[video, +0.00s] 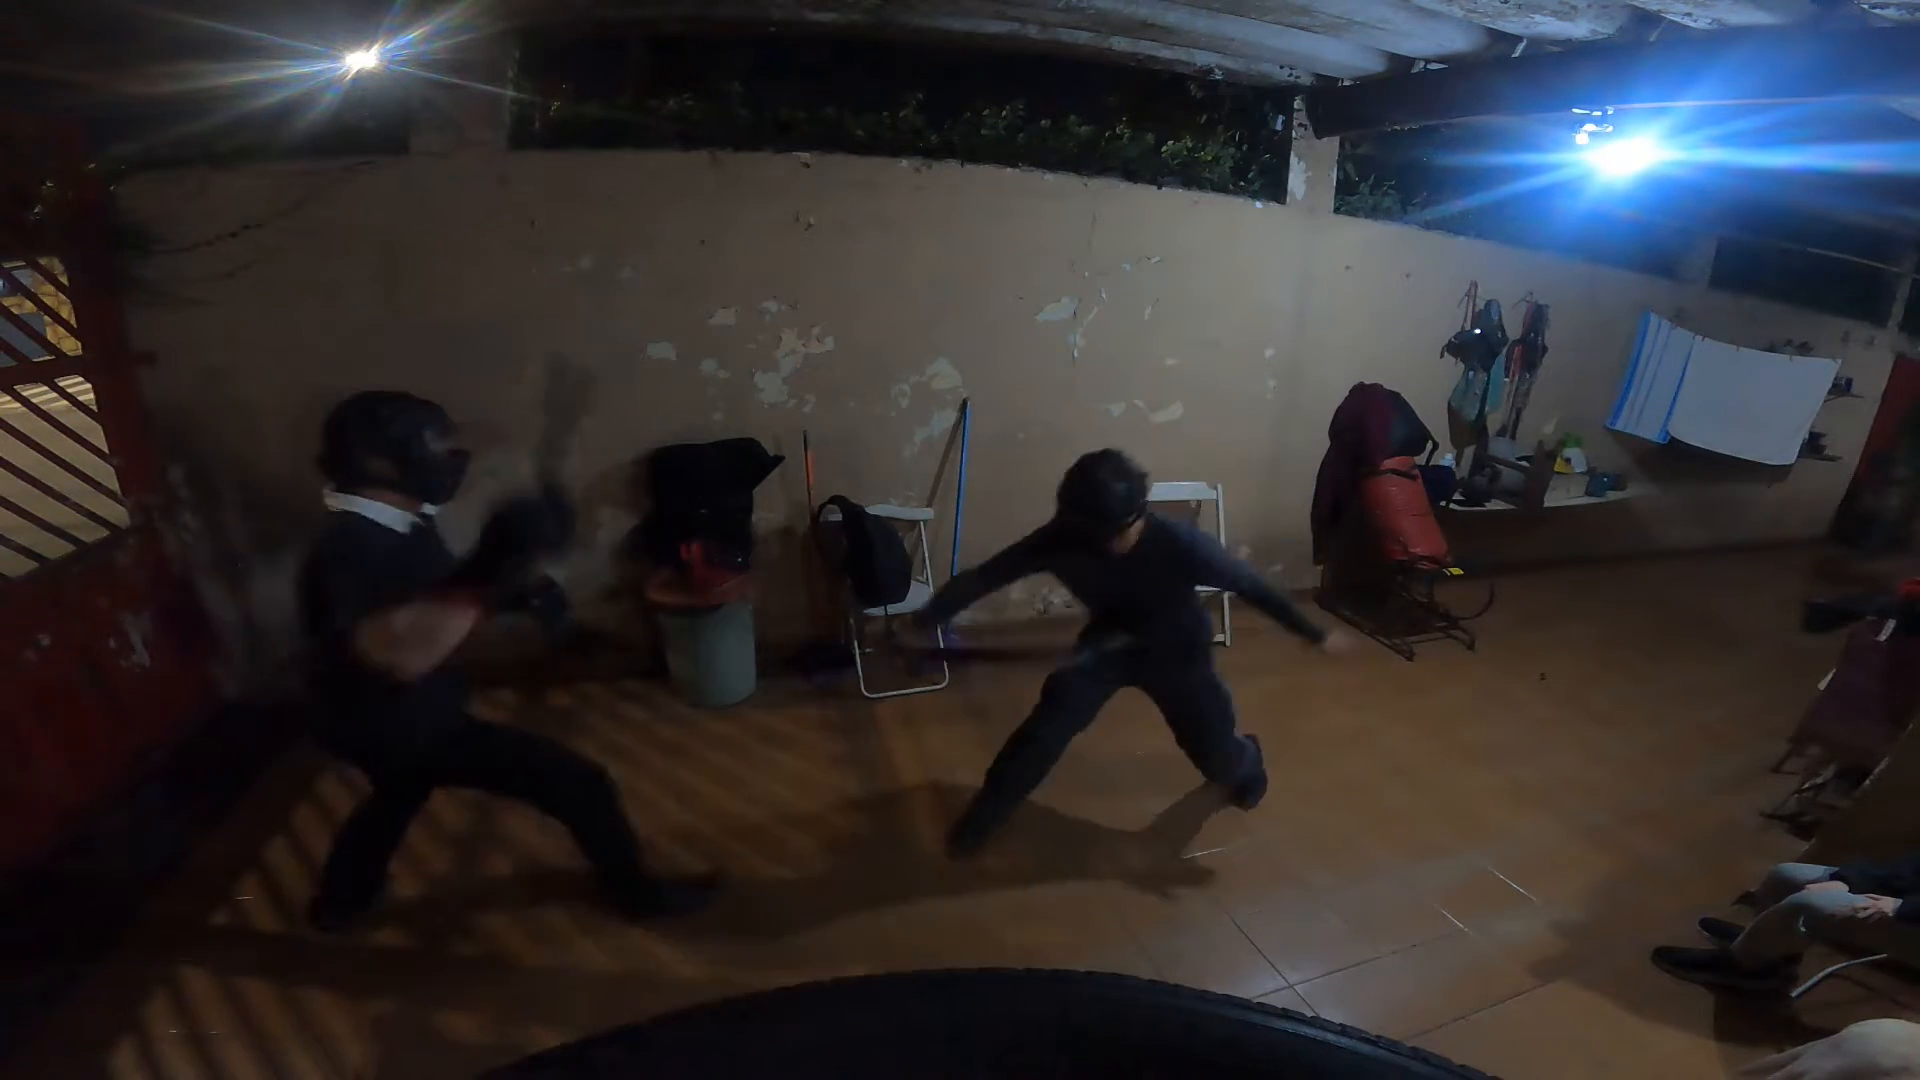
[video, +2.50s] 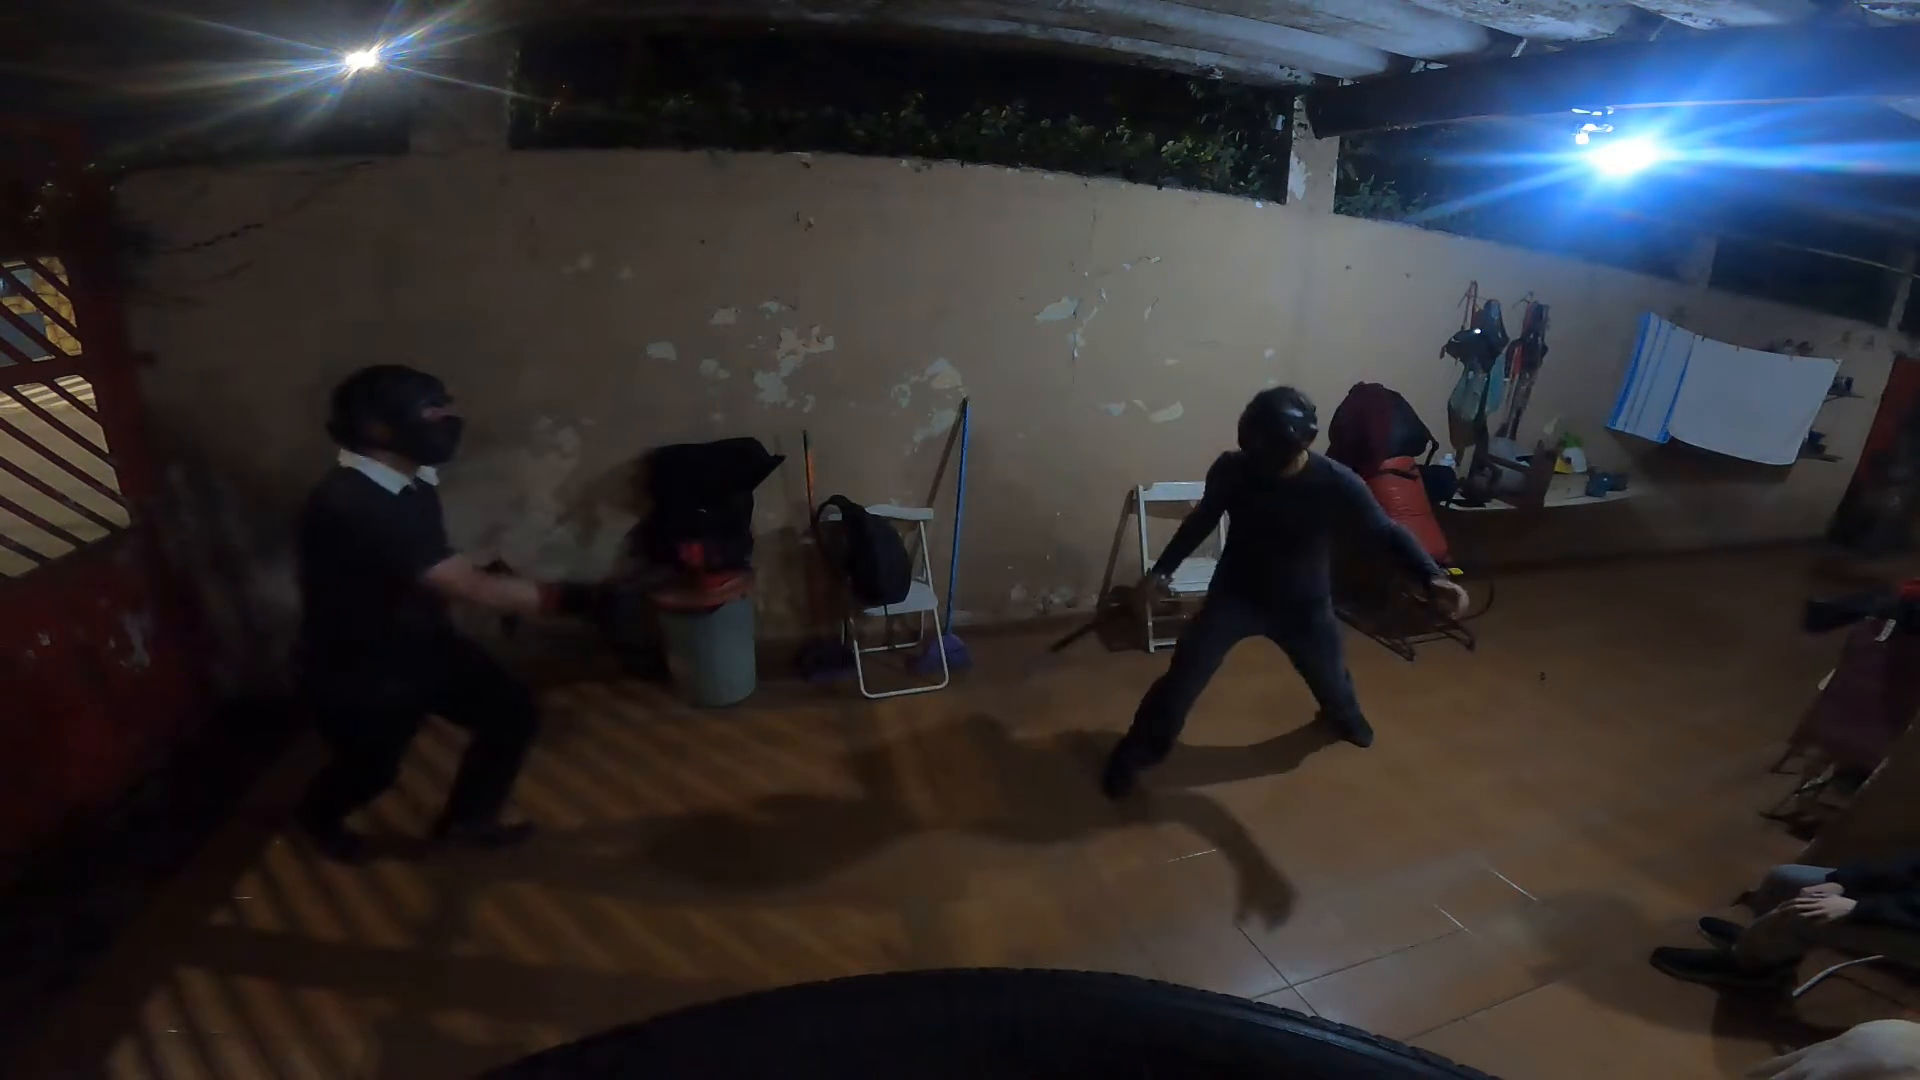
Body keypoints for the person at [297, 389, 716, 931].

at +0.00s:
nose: (456, 460)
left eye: (451, 445)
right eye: (436, 446)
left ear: (379, 462)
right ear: (386, 461)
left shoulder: (410, 537)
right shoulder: (347, 551)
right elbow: (401, 651)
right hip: (396, 734)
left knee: (403, 787)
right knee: (580, 785)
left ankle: (341, 898)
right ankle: (634, 891)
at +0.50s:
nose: (476, 452)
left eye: (472, 439)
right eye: (460, 440)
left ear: (385, 458)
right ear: (413, 456)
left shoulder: (323, 528)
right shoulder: (445, 545)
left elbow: (310, 629)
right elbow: (483, 653)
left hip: (323, 719)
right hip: (410, 730)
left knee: (384, 771)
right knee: (534, 809)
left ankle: (350, 880)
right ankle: (644, 893)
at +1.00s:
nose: (444, 407)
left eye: (437, 396)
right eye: (425, 399)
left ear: (373, 425)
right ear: (378, 421)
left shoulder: (374, 486)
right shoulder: (391, 511)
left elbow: (480, 549)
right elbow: (440, 639)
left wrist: (531, 525)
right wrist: (530, 666)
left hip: (376, 683)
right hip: (416, 692)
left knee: (425, 765)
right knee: (572, 755)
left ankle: (381, 880)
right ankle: (615, 865)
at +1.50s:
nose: (658, 413)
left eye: (653, 401)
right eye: (643, 404)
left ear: (591, 425)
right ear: (600, 424)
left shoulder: (547, 486)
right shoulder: (611, 504)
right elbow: (682, 621)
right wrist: (763, 649)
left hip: (533, 671)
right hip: (585, 687)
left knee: (585, 740)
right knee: (707, 755)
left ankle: (499, 839)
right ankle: (714, 864)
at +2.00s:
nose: (656, 441)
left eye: (652, 429)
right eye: (642, 431)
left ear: (587, 449)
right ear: (599, 447)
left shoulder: (553, 509)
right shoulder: (596, 525)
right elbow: (596, 653)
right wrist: (706, 659)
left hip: (574, 690)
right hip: (616, 696)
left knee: (573, 747)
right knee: (746, 759)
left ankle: (489, 818)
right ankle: (819, 864)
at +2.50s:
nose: (446, 420)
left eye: (443, 407)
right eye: (427, 411)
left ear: (381, 431)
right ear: (381, 430)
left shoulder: (414, 490)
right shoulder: (349, 503)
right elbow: (459, 583)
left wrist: (480, 577)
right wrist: (557, 599)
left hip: (421, 647)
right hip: (360, 662)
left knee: (509, 711)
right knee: (370, 764)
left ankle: (468, 820)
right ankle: (318, 817)